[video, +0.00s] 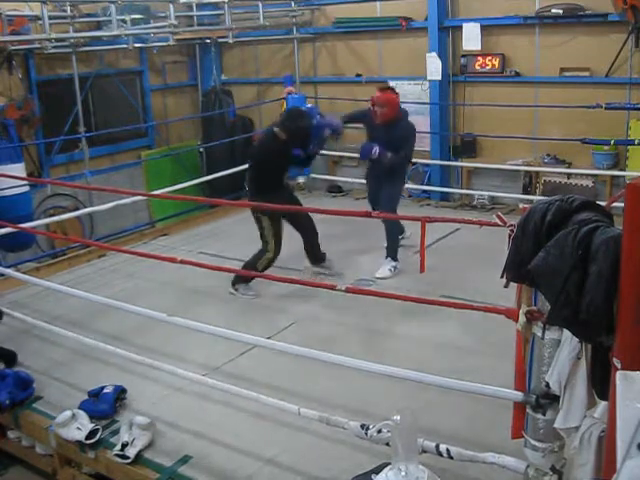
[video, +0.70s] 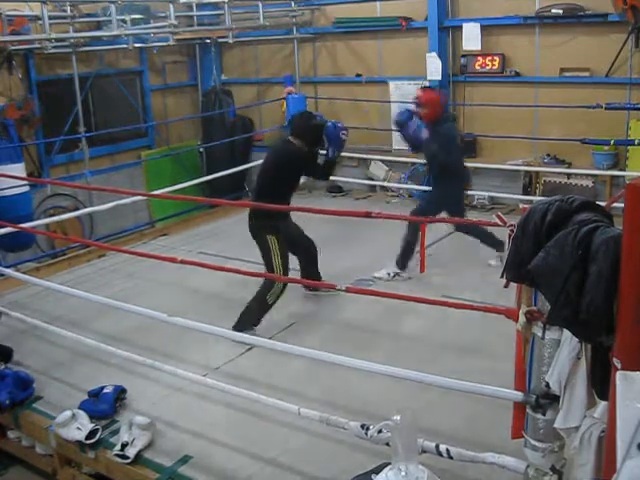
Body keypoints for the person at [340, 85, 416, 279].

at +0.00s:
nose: (376, 111)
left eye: (381, 108)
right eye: (375, 107)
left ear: (392, 109)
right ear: (373, 106)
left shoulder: (406, 128)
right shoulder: (371, 116)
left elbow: (403, 160)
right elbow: (349, 117)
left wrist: (380, 154)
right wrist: (337, 124)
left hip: (395, 173)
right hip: (375, 169)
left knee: (387, 211)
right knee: (376, 205)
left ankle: (392, 260)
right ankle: (399, 229)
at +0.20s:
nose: (377, 104)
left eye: (381, 100)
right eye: (375, 100)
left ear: (393, 101)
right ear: (373, 101)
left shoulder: (406, 124)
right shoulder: (376, 119)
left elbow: (407, 155)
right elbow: (364, 135)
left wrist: (382, 148)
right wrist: (351, 140)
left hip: (405, 172)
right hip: (387, 171)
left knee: (390, 213)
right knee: (387, 209)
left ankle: (392, 260)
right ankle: (398, 231)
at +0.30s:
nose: (373, 104)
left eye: (377, 99)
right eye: (372, 99)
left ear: (389, 100)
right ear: (372, 100)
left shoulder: (403, 121)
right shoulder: (384, 117)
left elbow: (401, 150)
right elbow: (379, 140)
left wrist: (376, 140)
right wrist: (361, 129)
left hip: (412, 172)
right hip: (399, 169)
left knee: (393, 212)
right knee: (401, 205)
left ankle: (392, 260)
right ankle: (405, 236)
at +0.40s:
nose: (381, 105)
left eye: (384, 100)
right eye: (380, 100)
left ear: (395, 99)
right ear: (383, 99)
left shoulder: (408, 119)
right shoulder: (394, 115)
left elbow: (396, 148)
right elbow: (377, 138)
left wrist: (383, 133)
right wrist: (364, 121)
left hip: (418, 170)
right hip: (408, 168)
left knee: (394, 214)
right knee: (408, 205)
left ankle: (395, 262)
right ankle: (432, 236)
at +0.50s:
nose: (394, 104)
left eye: (397, 100)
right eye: (392, 100)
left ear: (407, 99)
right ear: (393, 100)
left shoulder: (417, 118)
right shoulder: (398, 115)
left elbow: (403, 143)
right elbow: (382, 138)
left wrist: (390, 124)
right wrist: (374, 118)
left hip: (425, 173)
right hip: (417, 172)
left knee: (396, 216)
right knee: (421, 211)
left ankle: (398, 266)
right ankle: (458, 236)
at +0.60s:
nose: (408, 111)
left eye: (410, 107)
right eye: (407, 107)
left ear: (417, 107)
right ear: (419, 107)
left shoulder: (432, 129)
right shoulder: (420, 127)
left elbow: (418, 152)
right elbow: (397, 143)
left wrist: (406, 134)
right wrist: (386, 121)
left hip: (432, 186)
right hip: (432, 185)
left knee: (400, 217)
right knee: (438, 220)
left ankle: (399, 267)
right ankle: (482, 238)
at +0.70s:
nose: (418, 112)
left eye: (422, 107)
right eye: (418, 107)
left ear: (434, 109)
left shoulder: (446, 131)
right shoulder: (435, 128)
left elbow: (446, 162)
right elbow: (418, 146)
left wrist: (425, 141)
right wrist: (406, 129)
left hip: (449, 187)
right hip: (448, 185)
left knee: (415, 218)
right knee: (460, 224)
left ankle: (400, 267)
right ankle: (500, 246)